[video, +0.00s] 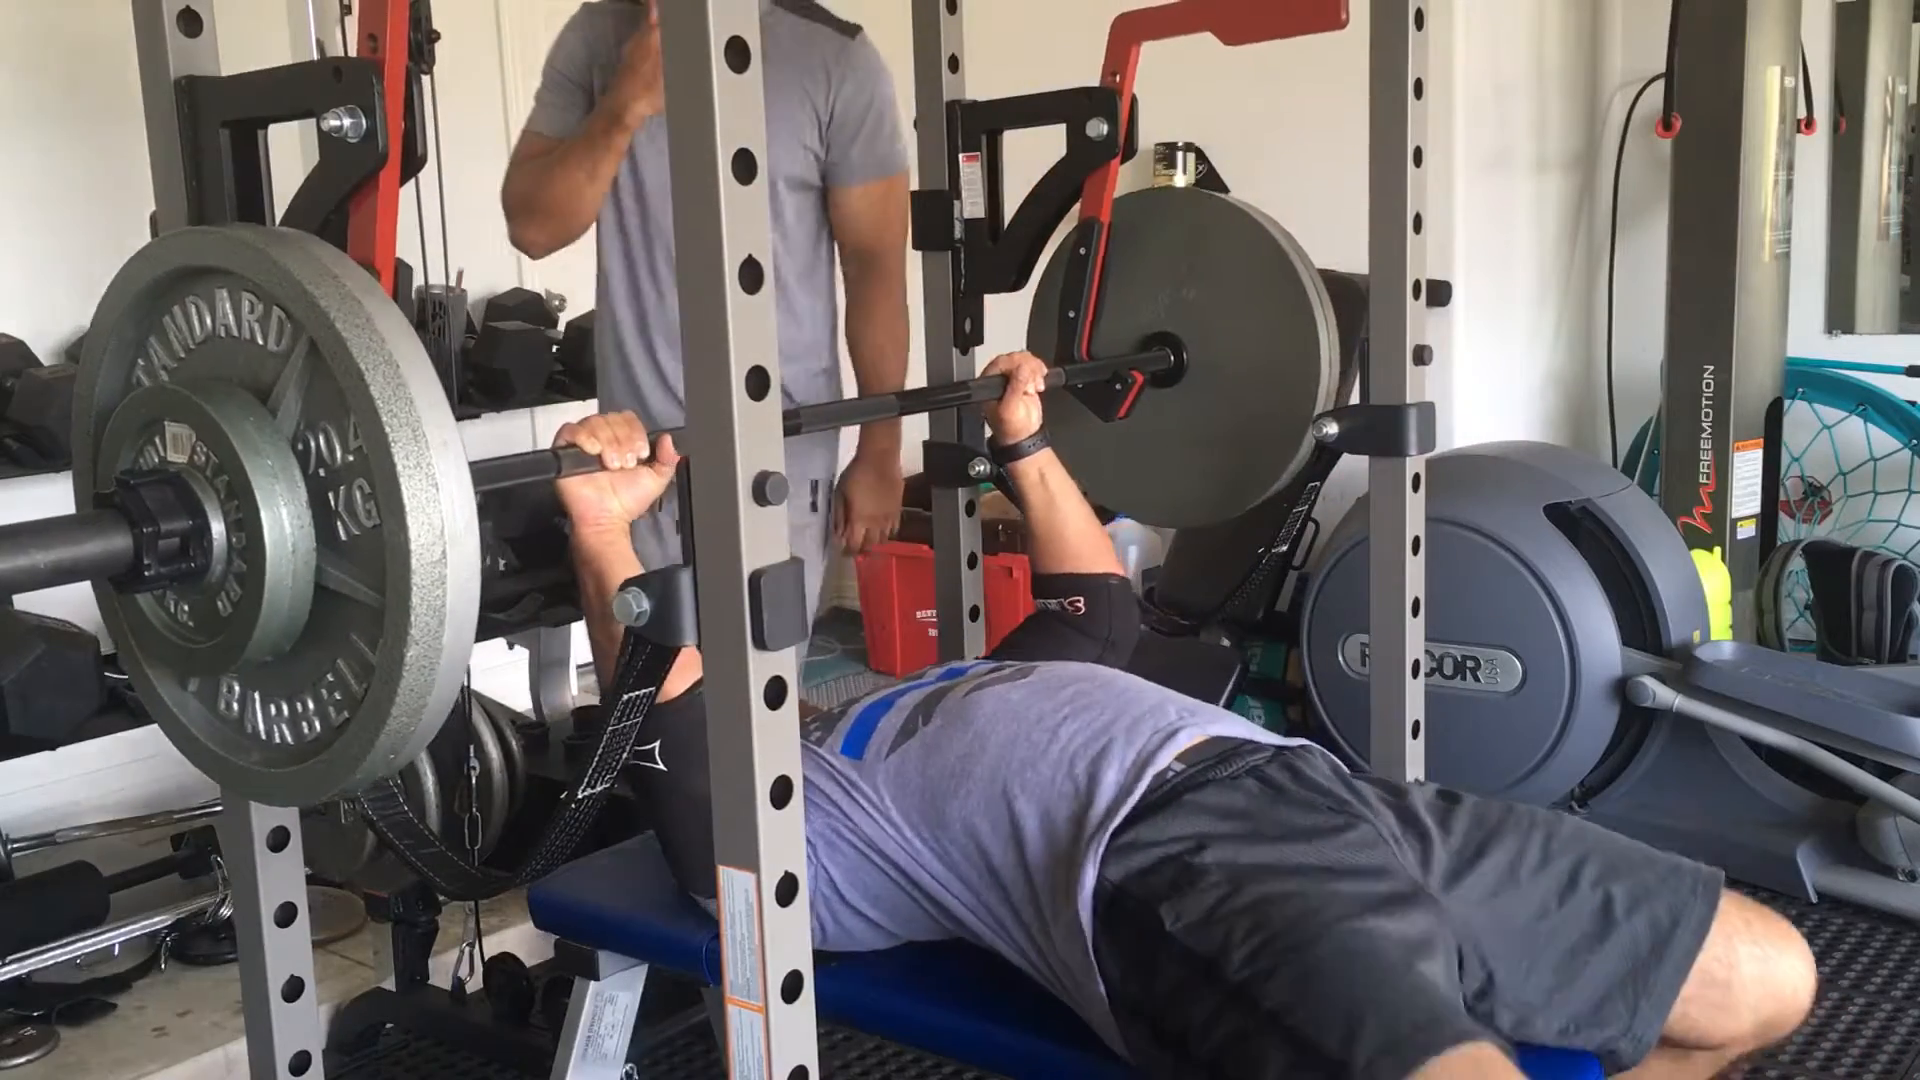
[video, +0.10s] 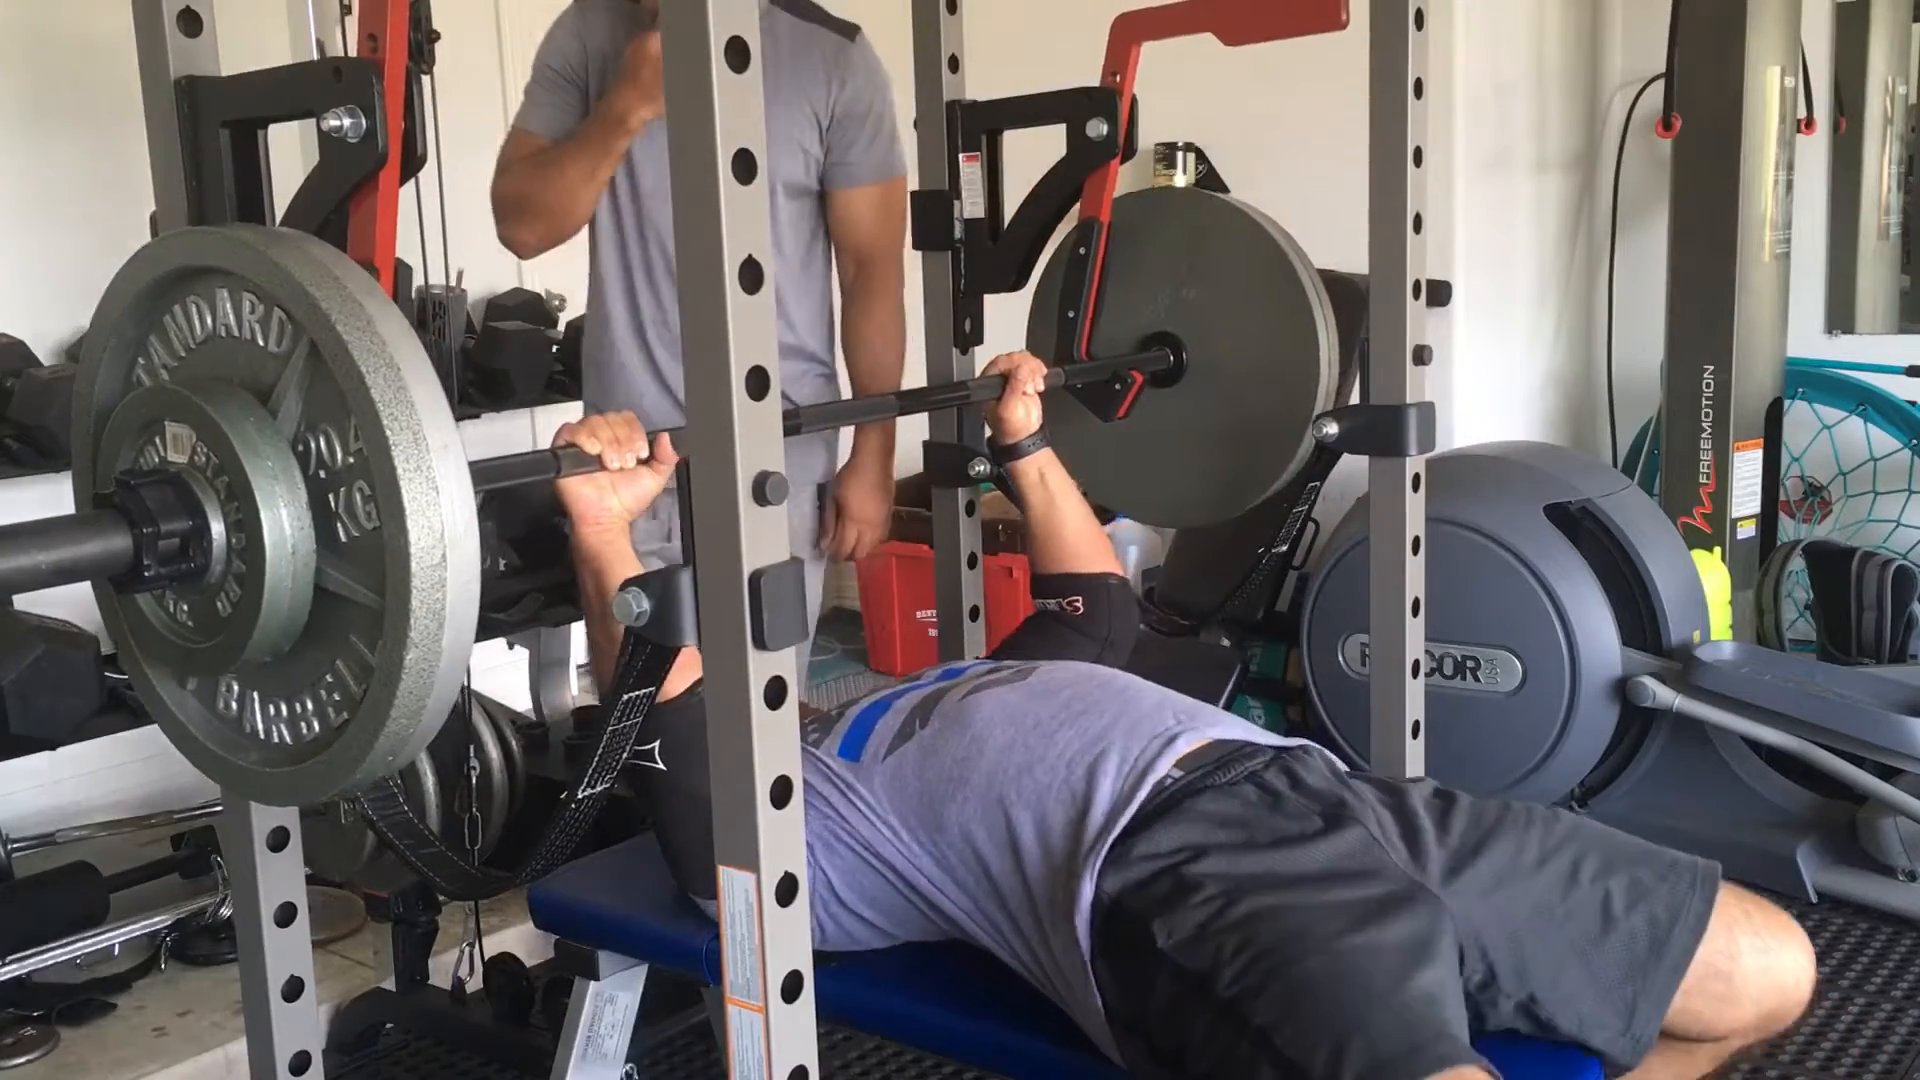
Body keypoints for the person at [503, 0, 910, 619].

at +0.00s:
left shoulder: (835, 57)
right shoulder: (603, 31)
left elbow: (874, 264)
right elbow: (532, 226)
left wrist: (881, 453)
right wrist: (621, 111)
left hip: (786, 444)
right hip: (643, 446)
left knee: (764, 689)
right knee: (653, 695)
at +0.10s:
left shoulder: (834, 57)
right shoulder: (593, 30)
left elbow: (871, 271)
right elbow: (522, 226)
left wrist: (873, 455)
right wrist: (622, 111)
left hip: (784, 446)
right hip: (635, 445)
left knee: (766, 705)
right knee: (643, 705)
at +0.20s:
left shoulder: (832, 55)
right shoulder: (583, 32)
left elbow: (869, 261)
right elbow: (518, 228)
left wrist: (871, 444)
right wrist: (632, 109)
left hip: (782, 449)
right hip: (629, 448)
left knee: (767, 707)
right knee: (637, 715)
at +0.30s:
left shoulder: (832, 52)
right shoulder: (577, 31)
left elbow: (870, 255)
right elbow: (514, 232)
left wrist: (872, 437)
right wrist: (630, 121)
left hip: (778, 442)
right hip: (627, 438)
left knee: (767, 703)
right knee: (651, 706)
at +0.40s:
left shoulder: (833, 53)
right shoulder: (574, 31)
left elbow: (870, 257)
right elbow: (504, 233)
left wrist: (877, 433)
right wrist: (626, 178)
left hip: (776, 445)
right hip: (622, 445)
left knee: (767, 700)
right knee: (639, 706)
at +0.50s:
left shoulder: (830, 51)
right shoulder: (569, 31)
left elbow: (864, 252)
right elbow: (503, 229)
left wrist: (882, 429)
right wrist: (637, 284)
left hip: (772, 454)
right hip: (620, 455)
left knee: (765, 709)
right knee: (642, 715)